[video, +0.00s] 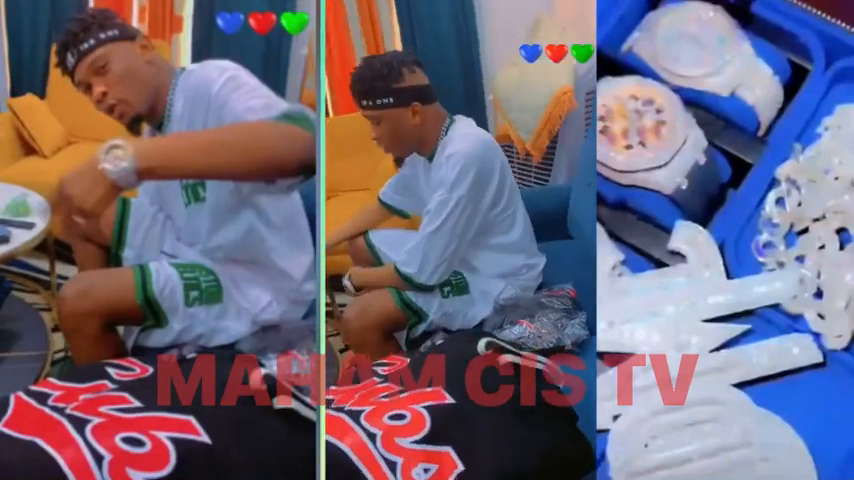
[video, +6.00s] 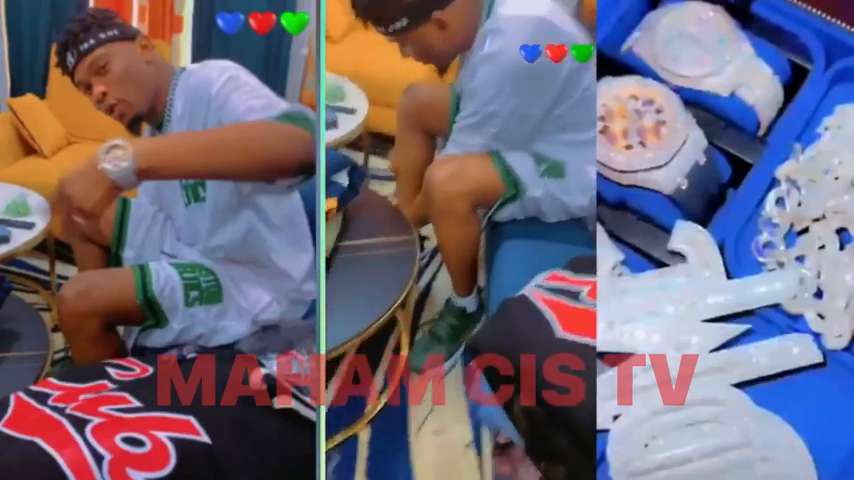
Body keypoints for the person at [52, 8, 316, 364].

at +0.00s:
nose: (98, 94)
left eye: (102, 70)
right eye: (87, 89)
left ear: (144, 48)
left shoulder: (212, 81)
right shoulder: (152, 133)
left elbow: (298, 146)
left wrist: (132, 160)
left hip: (259, 279)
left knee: (80, 300)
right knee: (84, 215)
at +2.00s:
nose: (97, 94)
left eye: (102, 70)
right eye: (87, 89)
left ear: (145, 48)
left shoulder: (213, 81)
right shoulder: (153, 135)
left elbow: (299, 145)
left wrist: (131, 160)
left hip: (261, 278)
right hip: (191, 253)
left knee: (80, 300)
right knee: (83, 213)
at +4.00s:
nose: (97, 94)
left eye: (102, 70)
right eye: (87, 89)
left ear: (145, 48)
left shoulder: (213, 81)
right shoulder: (153, 134)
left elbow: (298, 145)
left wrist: (131, 160)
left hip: (262, 279)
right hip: (192, 252)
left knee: (80, 300)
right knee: (83, 213)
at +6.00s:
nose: (97, 94)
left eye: (102, 70)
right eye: (87, 89)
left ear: (144, 48)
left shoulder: (213, 81)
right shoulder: (152, 136)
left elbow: (297, 146)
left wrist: (131, 161)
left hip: (262, 279)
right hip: (192, 253)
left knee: (79, 300)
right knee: (84, 214)